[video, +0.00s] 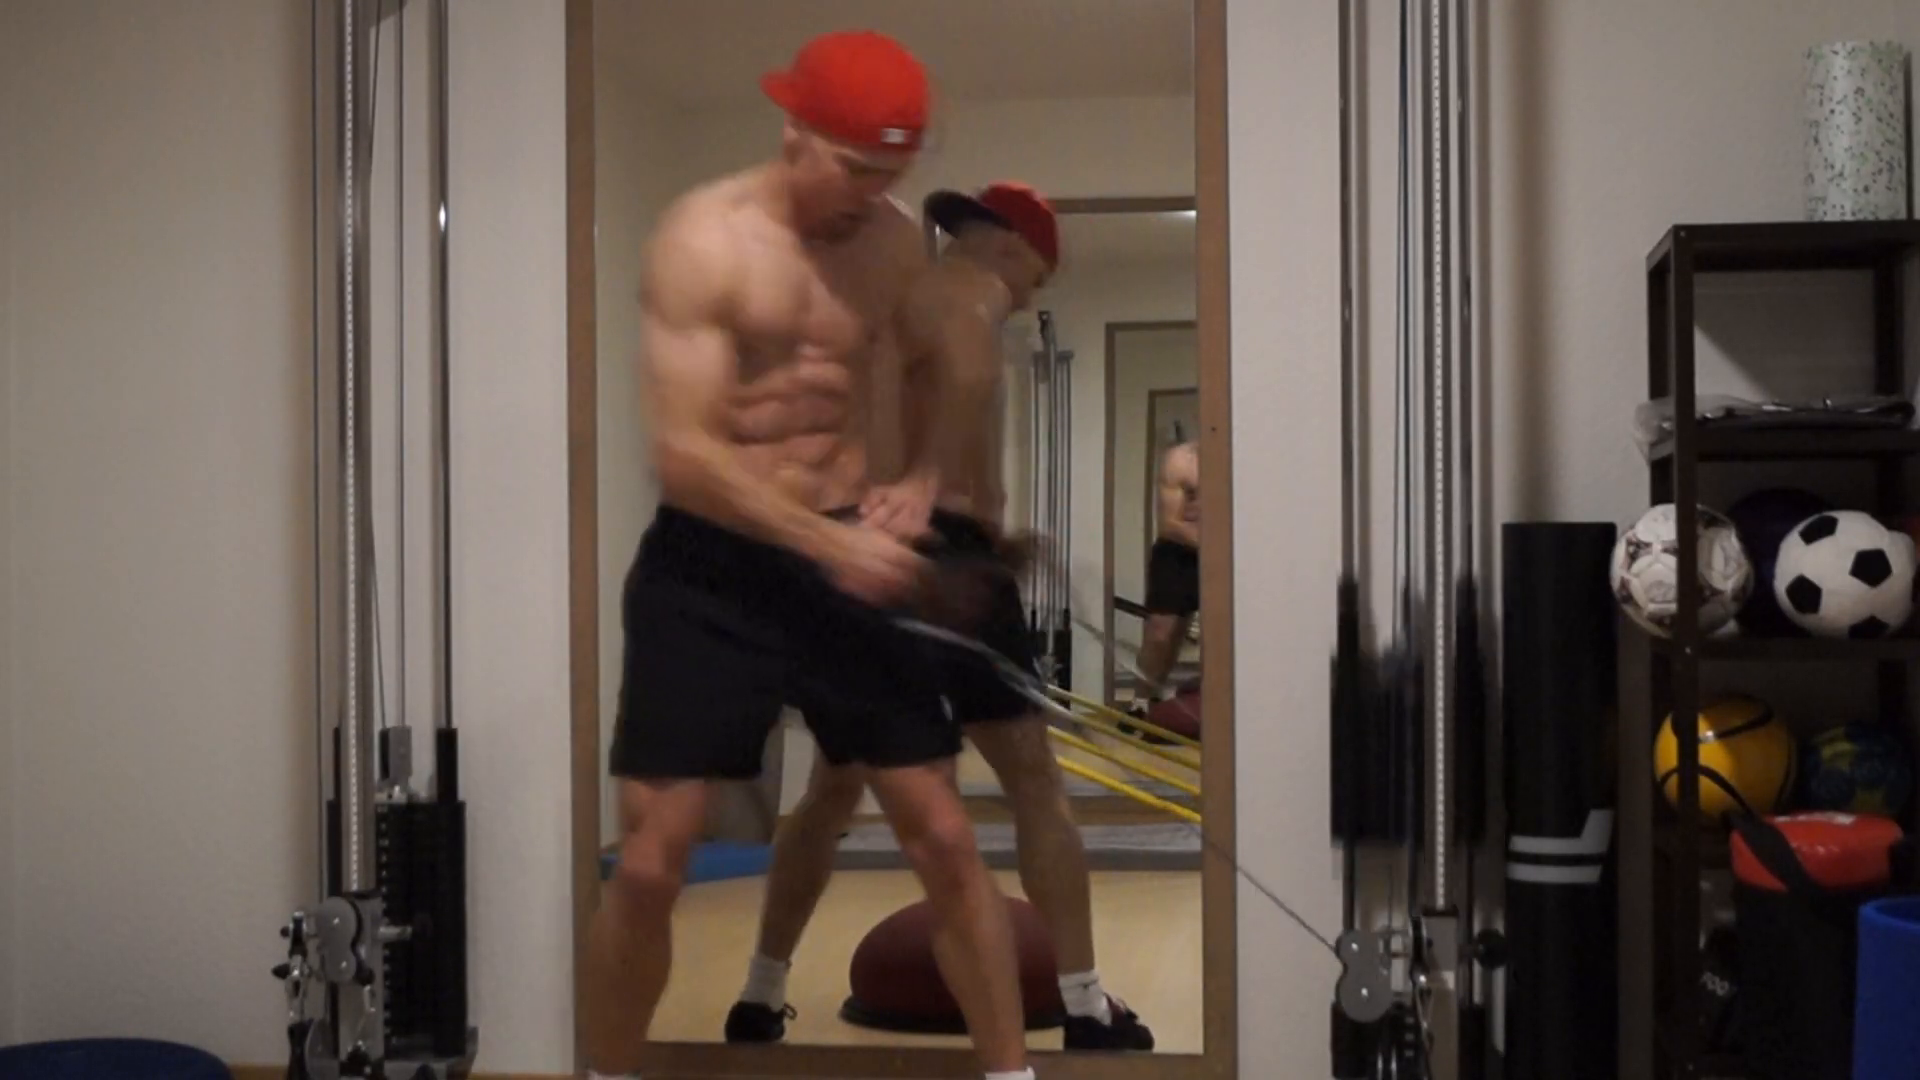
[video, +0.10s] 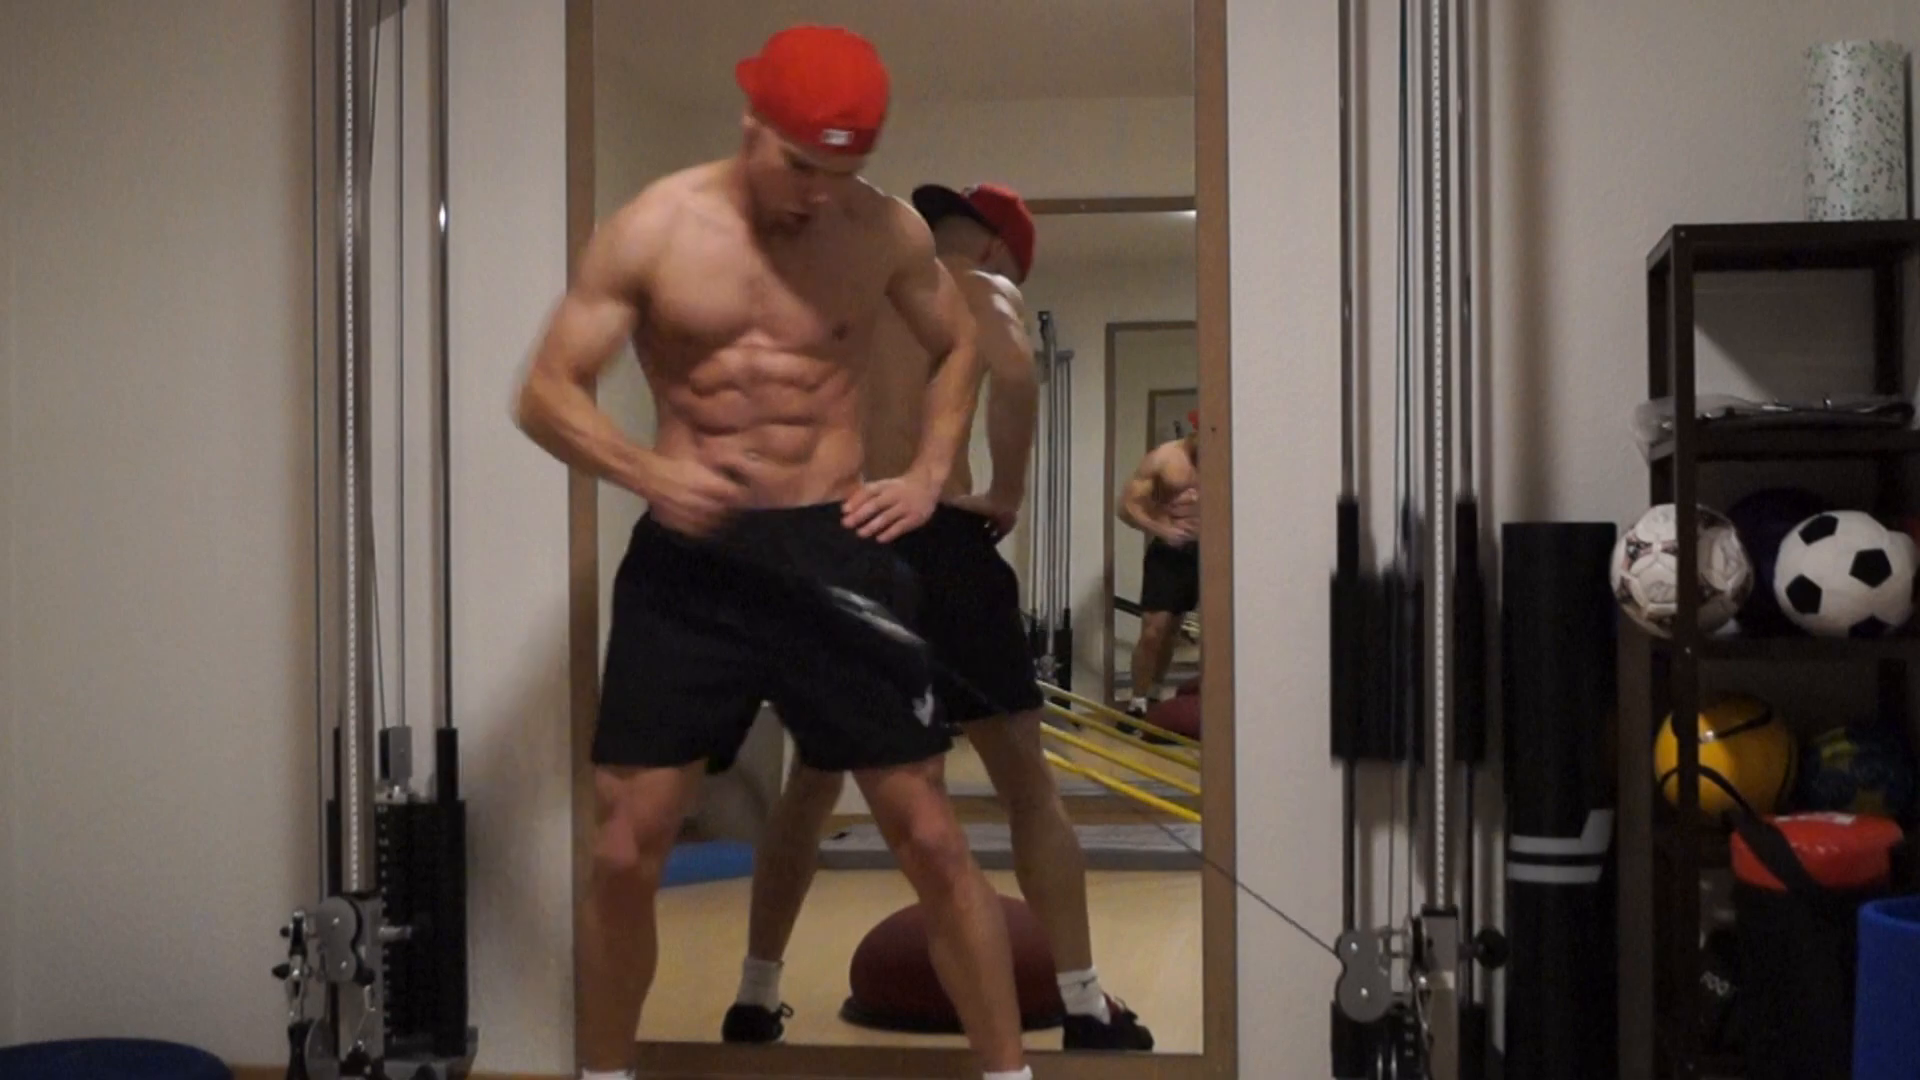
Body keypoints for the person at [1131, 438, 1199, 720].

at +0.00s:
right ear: (1208, 427)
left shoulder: (1231, 460)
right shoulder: (1181, 458)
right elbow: (1170, 523)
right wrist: (1209, 542)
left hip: (1210, 552)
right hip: (1178, 550)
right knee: (1162, 634)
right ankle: (1142, 699)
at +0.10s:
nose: (1209, 440)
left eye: (1214, 433)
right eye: (1206, 431)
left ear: (1219, 435)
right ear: (1194, 429)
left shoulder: (1218, 462)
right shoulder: (1163, 458)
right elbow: (1129, 505)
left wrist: (1208, 518)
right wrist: (1164, 529)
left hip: (1199, 551)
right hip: (1168, 548)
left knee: (1171, 629)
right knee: (1154, 630)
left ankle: (1153, 696)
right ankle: (1138, 701)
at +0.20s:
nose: (1189, 450)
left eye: (1194, 445)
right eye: (1186, 443)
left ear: (1202, 444)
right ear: (1175, 438)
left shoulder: (1205, 464)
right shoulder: (1152, 459)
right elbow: (1110, 486)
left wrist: (1210, 525)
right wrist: (1129, 509)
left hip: (1195, 552)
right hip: (1161, 549)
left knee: (1163, 631)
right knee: (1145, 630)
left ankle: (1151, 694)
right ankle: (1136, 700)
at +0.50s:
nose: (1187, 452)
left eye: (1193, 447)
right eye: (1183, 445)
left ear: (1200, 443)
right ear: (1173, 438)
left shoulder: (1206, 463)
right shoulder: (1153, 459)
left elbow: (1231, 503)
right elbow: (1113, 497)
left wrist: (1208, 517)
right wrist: (1146, 515)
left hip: (1195, 550)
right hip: (1160, 548)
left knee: (1163, 632)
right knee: (1146, 630)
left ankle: (1147, 695)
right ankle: (1135, 701)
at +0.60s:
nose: (1207, 440)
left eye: (1210, 434)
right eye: (1204, 433)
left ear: (1207, 434)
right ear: (1191, 430)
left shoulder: (1212, 461)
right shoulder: (1167, 459)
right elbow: (1140, 511)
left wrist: (1209, 523)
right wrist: (1182, 529)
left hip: (1197, 552)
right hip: (1170, 551)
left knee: (1171, 631)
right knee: (1154, 632)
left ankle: (1150, 696)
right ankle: (1136, 702)